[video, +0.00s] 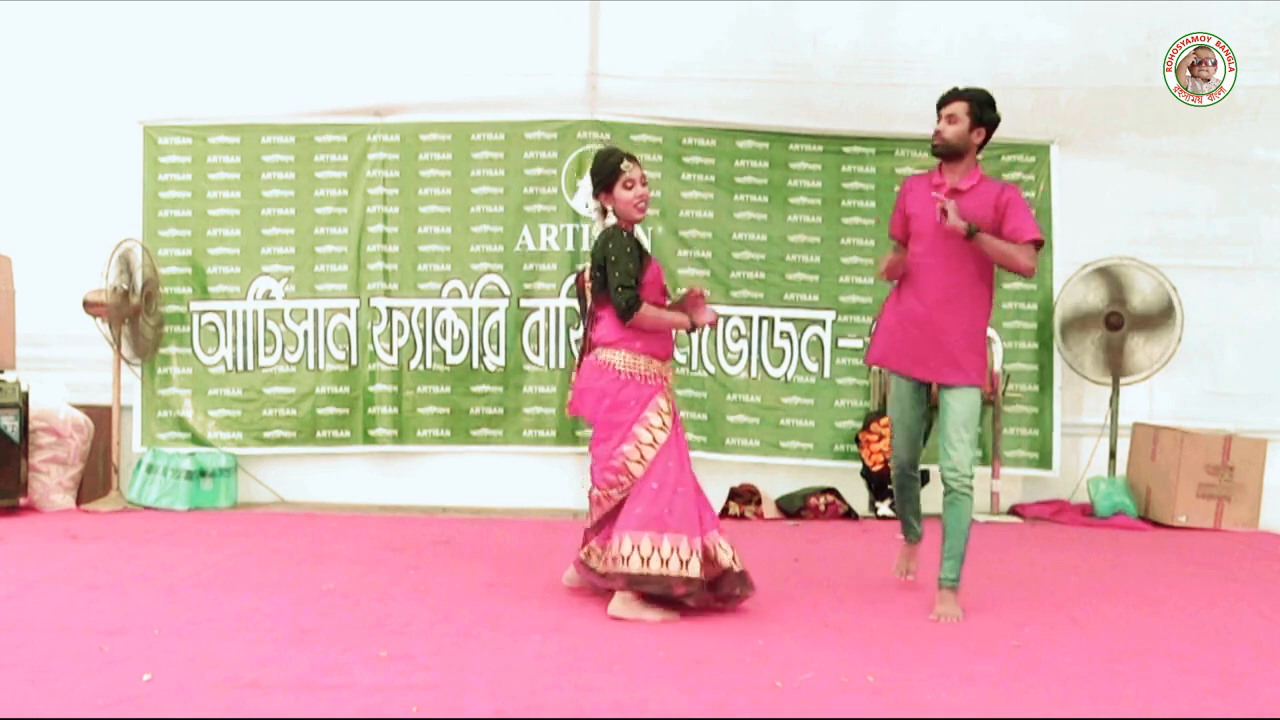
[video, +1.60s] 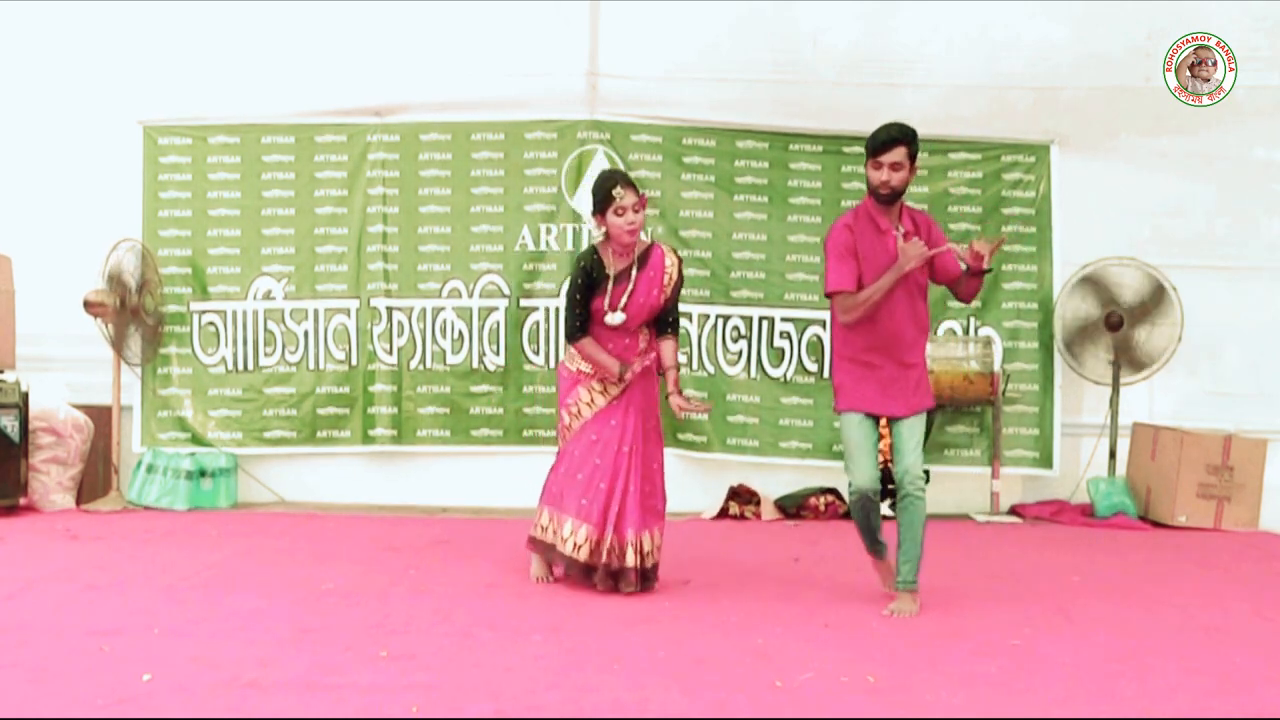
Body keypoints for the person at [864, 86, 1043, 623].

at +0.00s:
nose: (939, 127)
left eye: (951, 121)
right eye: (939, 119)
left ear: (980, 133)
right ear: (936, 128)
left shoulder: (1001, 195)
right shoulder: (913, 188)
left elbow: (1026, 263)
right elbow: (897, 249)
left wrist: (971, 231)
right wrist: (894, 263)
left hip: (963, 347)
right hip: (905, 341)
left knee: (958, 470)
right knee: (902, 458)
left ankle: (950, 586)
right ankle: (911, 536)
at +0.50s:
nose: (931, 152)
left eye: (943, 147)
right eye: (926, 143)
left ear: (958, 159)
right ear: (914, 147)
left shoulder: (971, 206)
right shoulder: (898, 197)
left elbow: (1017, 261)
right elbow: (889, 249)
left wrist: (1021, 225)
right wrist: (842, 269)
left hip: (947, 351)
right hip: (901, 347)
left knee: (935, 461)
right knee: (907, 457)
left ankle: (942, 566)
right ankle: (915, 548)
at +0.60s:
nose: (941, 167)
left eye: (951, 160)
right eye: (933, 158)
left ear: (963, 170)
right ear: (919, 166)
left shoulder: (979, 231)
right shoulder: (898, 225)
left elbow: (999, 300)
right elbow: (891, 295)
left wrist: (1004, 325)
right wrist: (860, 345)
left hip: (951, 370)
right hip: (900, 367)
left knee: (939, 475)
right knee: (907, 472)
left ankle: (942, 569)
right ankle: (922, 554)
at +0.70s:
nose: (945, 170)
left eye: (954, 163)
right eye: (936, 163)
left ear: (967, 173)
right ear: (922, 172)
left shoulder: (983, 236)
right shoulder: (898, 231)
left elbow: (995, 304)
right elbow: (882, 300)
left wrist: (990, 343)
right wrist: (897, 346)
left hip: (960, 376)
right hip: (906, 372)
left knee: (954, 478)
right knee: (903, 477)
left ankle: (942, 570)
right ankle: (917, 550)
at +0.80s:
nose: (947, 154)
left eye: (955, 146)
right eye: (936, 148)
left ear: (968, 155)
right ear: (922, 157)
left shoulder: (987, 214)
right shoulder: (901, 212)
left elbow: (1000, 284)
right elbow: (884, 288)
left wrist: (1005, 302)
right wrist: (944, 296)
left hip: (965, 362)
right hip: (911, 362)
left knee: (957, 470)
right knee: (912, 470)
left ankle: (940, 570)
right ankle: (917, 548)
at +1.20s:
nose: (934, 161)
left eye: (942, 151)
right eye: (923, 154)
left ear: (958, 155)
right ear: (911, 161)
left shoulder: (976, 211)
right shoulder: (900, 216)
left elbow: (1022, 257)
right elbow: (910, 284)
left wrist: (1054, 244)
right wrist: (961, 234)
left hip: (960, 360)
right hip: (909, 361)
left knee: (970, 469)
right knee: (926, 465)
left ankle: (975, 573)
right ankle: (911, 549)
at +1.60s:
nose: (887, 176)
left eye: (897, 167)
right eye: (879, 166)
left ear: (913, 171)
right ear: (865, 167)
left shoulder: (922, 226)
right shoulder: (845, 232)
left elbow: (964, 293)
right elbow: (846, 311)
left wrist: (977, 267)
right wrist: (900, 268)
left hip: (909, 373)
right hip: (856, 374)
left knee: (910, 477)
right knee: (863, 486)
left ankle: (908, 589)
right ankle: (878, 550)